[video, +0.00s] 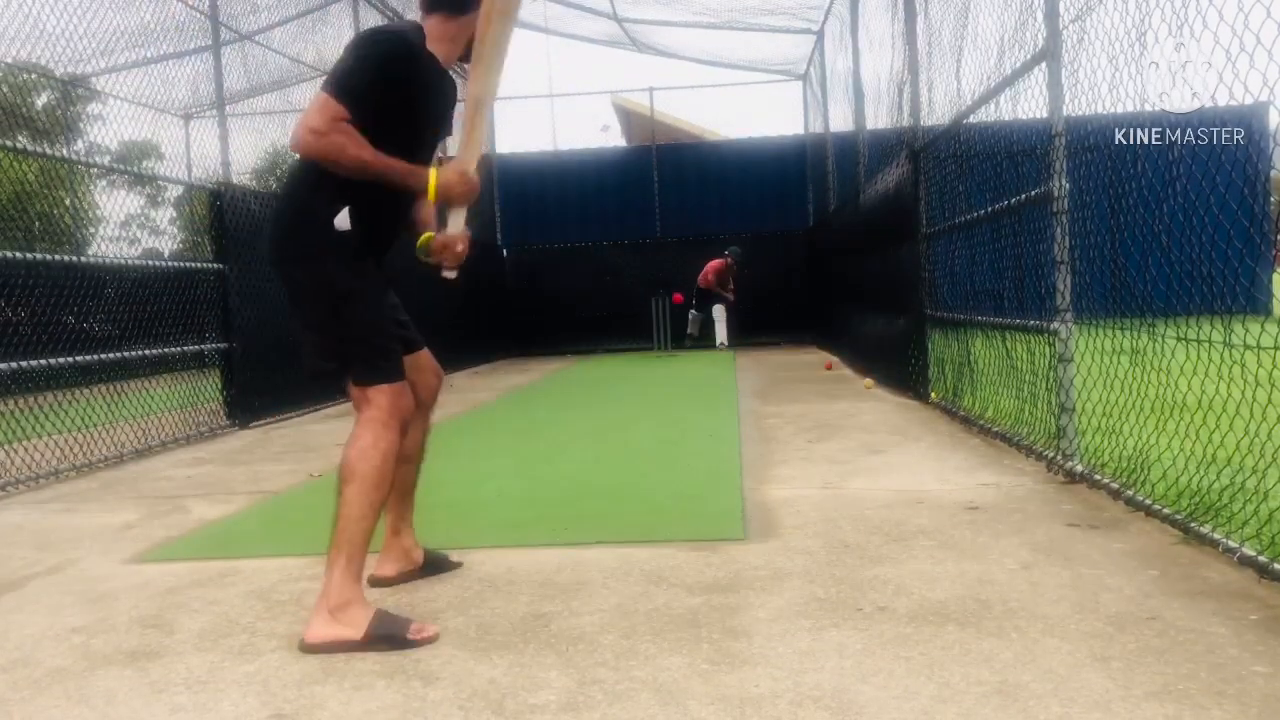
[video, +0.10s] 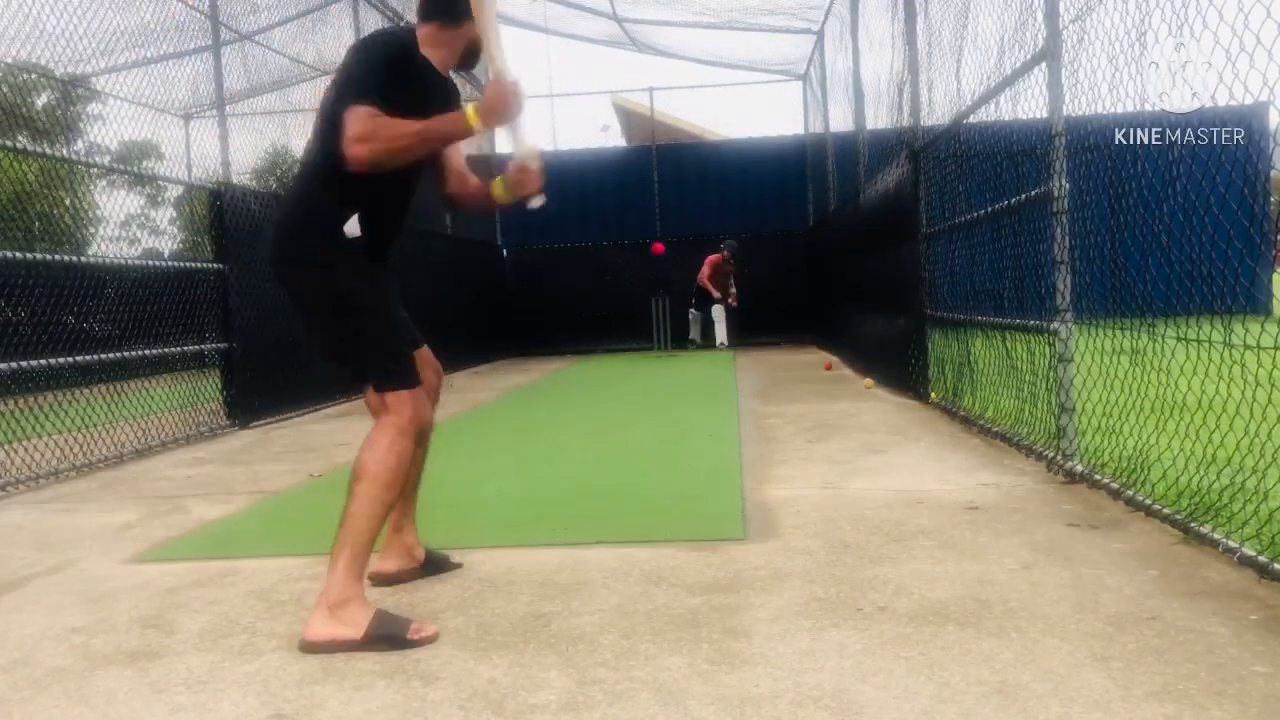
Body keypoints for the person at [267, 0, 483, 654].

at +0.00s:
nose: (490, 26)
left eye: (488, 16)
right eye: (489, 15)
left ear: (433, 7)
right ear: (476, 14)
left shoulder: (438, 86)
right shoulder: (386, 45)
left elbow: (403, 185)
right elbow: (313, 134)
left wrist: (430, 234)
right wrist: (426, 177)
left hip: (354, 251)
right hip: (317, 247)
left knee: (423, 380)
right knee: (385, 405)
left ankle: (398, 547)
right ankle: (337, 607)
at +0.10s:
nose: (487, 35)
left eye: (486, 24)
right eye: (485, 23)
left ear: (435, 17)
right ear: (468, 24)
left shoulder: (442, 93)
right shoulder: (384, 50)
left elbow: (457, 188)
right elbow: (360, 143)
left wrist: (505, 188)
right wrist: (475, 117)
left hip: (355, 255)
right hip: (319, 253)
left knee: (425, 376)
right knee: (402, 409)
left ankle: (400, 546)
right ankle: (338, 606)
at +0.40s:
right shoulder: (471, 18)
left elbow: (236, 8)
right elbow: (392, 84)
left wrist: (255, 49)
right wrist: (275, 70)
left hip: (326, 182)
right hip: (413, 188)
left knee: (368, 375)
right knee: (378, 396)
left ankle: (401, 541)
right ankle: (340, 605)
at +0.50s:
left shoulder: (389, 7)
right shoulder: (444, 17)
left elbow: (325, 28)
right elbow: (310, 35)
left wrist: (250, 5)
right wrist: (239, 6)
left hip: (314, 214)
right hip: (399, 222)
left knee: (327, 391)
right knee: (372, 400)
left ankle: (366, 554)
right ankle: (339, 613)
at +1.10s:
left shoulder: (382, 4)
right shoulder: (383, 13)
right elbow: (294, 84)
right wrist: (234, 39)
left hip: (291, 217)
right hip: (364, 223)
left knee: (268, 379)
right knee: (349, 401)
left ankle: (349, 547)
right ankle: (343, 613)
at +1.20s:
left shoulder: (347, 4)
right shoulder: (415, 22)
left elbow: (292, 88)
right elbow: (348, 121)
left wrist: (207, 107)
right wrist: (237, 95)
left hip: (299, 222)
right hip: (382, 223)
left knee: (286, 384)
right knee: (356, 400)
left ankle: (352, 549)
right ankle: (343, 613)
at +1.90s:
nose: (476, 27)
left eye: (475, 16)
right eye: (472, 15)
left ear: (420, 14)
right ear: (450, 15)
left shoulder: (420, 75)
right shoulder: (370, 61)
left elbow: (464, 164)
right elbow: (387, 173)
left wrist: (532, 169)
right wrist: (493, 123)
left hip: (347, 261)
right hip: (319, 263)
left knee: (399, 402)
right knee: (429, 418)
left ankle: (387, 545)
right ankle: (339, 605)